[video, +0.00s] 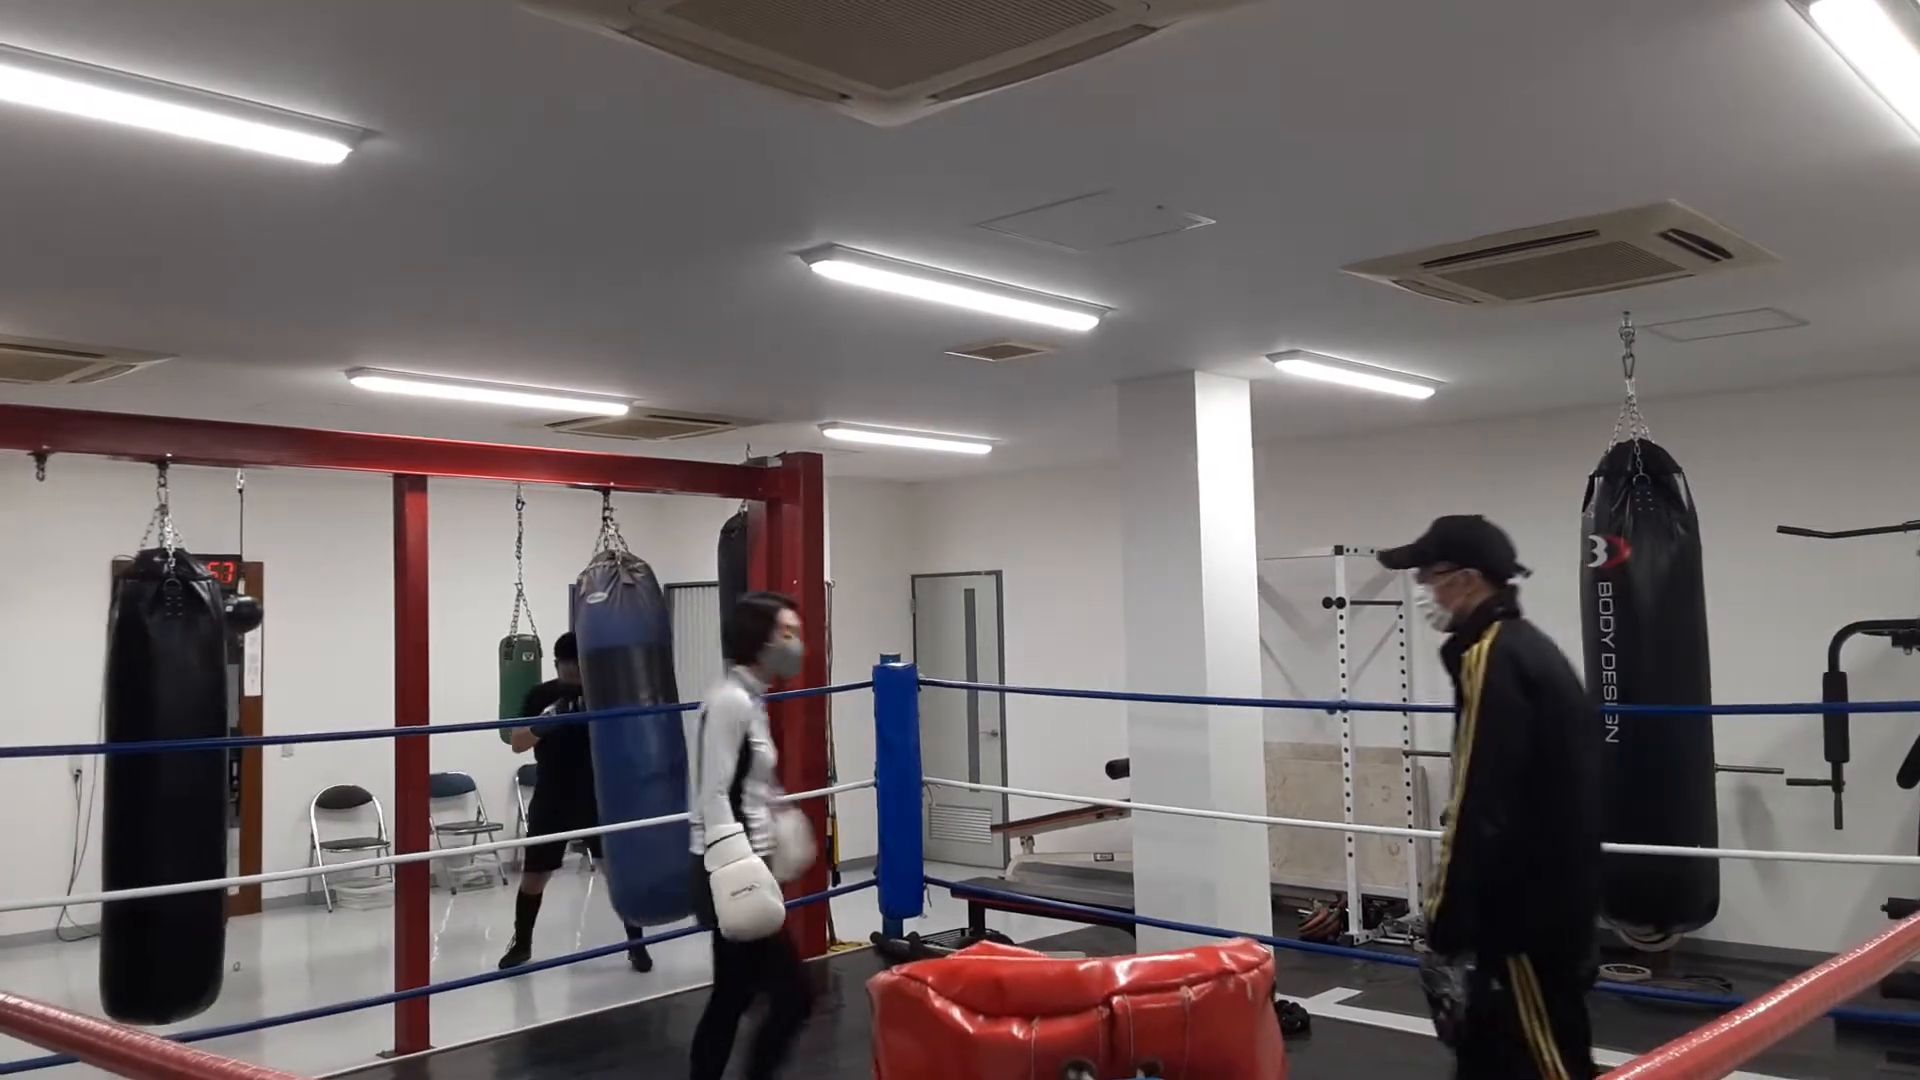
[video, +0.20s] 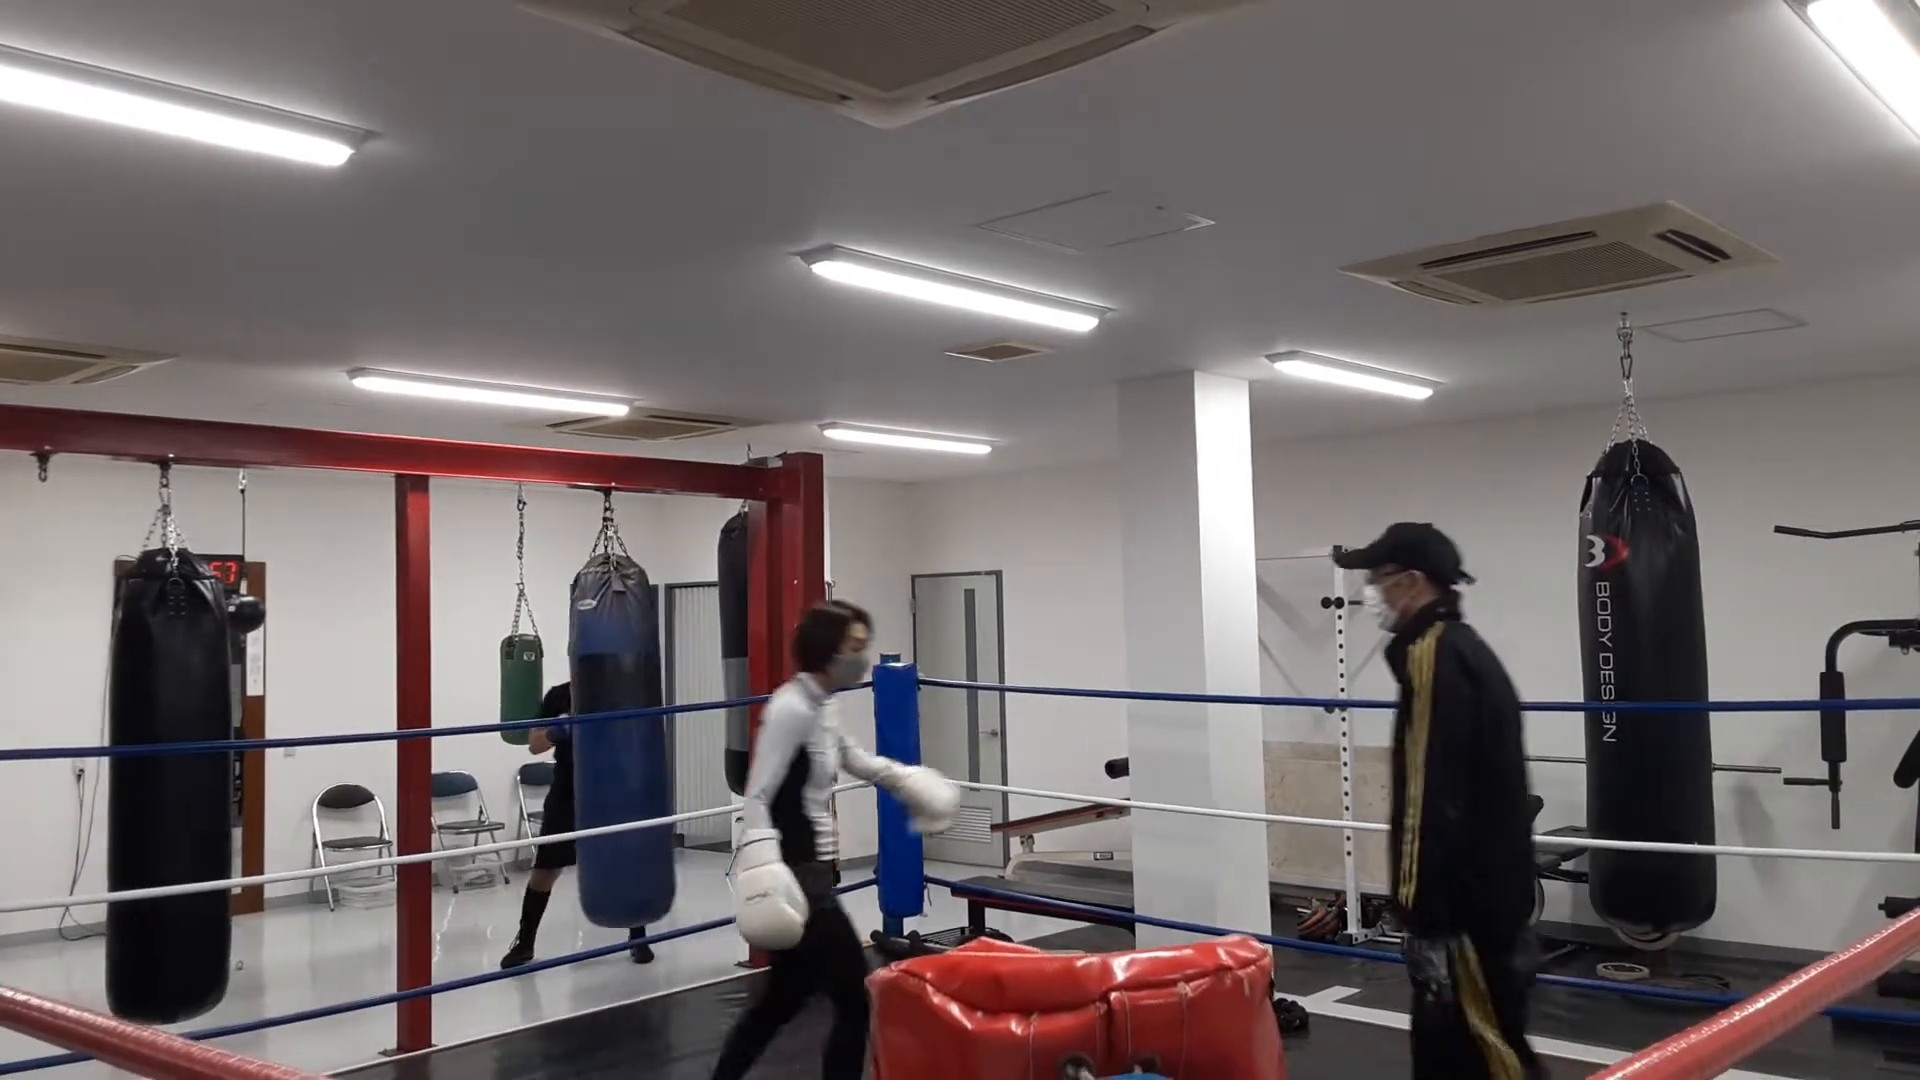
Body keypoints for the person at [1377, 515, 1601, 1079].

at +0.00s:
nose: (1428, 590)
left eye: (1434, 576)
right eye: (1426, 578)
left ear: (1467, 578)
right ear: (1477, 578)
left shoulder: (1492, 656)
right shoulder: (1530, 649)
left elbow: (1478, 805)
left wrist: (1445, 934)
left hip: (1518, 917)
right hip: (1549, 904)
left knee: (1548, 1062)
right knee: (1498, 1063)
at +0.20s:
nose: (1375, 591)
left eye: (1382, 579)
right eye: (1375, 580)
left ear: (1413, 582)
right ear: (1422, 582)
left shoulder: (1433, 654)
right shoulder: (1457, 647)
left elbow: (1431, 790)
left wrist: (1419, 908)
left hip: (1461, 904)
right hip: (1476, 897)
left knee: (1482, 1049)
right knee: (1446, 1051)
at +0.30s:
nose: (1352, 591)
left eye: (1357, 578)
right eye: (1352, 580)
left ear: (1389, 575)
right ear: (1400, 576)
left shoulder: (1403, 644)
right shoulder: (1443, 641)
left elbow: (1399, 778)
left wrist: (1395, 896)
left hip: (1427, 890)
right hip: (1465, 883)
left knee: (1427, 1038)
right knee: (1450, 1035)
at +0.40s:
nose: (1329, 591)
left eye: (1335, 576)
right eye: (1329, 578)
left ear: (1368, 573)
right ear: (1378, 575)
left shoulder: (1379, 635)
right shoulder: (1424, 638)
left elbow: (1374, 765)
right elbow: (1439, 774)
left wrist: (1359, 883)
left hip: (1401, 880)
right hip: (1443, 873)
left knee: (1388, 1032)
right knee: (1434, 1028)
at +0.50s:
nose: (1312, 590)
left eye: (1318, 576)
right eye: (1311, 578)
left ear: (1349, 573)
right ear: (1364, 576)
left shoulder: (1359, 631)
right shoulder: (1408, 638)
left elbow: (1353, 768)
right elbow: (1426, 768)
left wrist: (1317, 878)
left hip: (1384, 866)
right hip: (1433, 862)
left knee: (1341, 1004)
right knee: (1419, 1012)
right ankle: (1423, 1077)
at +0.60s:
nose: (1297, 590)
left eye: (1303, 576)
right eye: (1296, 578)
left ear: (1332, 573)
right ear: (1355, 577)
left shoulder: (1334, 631)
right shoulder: (1394, 643)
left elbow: (1329, 759)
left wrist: (1259, 849)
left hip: (1356, 867)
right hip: (1416, 864)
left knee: (1312, 1025)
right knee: (1412, 1031)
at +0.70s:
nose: (1274, 592)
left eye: (1278, 579)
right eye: (1272, 581)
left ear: (1306, 575)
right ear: (1328, 579)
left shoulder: (1306, 636)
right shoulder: (1375, 645)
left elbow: (1296, 756)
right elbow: (1353, 758)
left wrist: (1207, 801)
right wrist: (1256, 767)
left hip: (1332, 868)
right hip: (1400, 865)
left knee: (1303, 1032)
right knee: (1406, 1036)